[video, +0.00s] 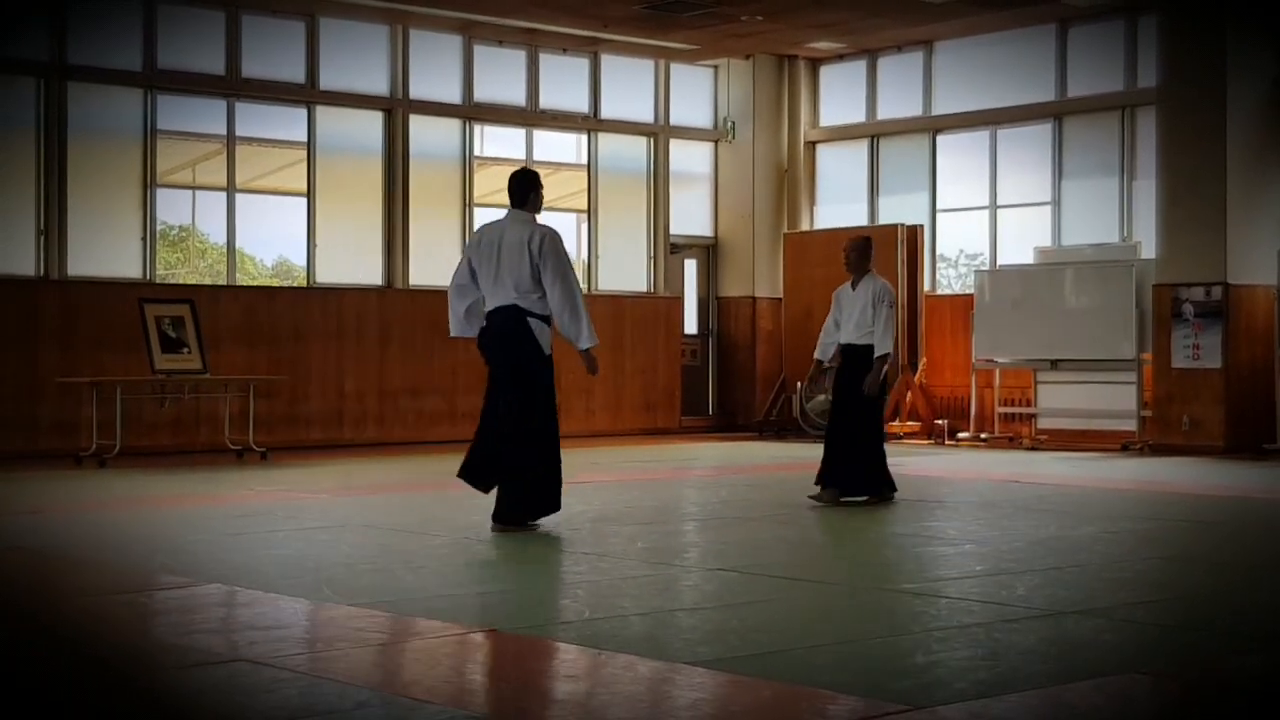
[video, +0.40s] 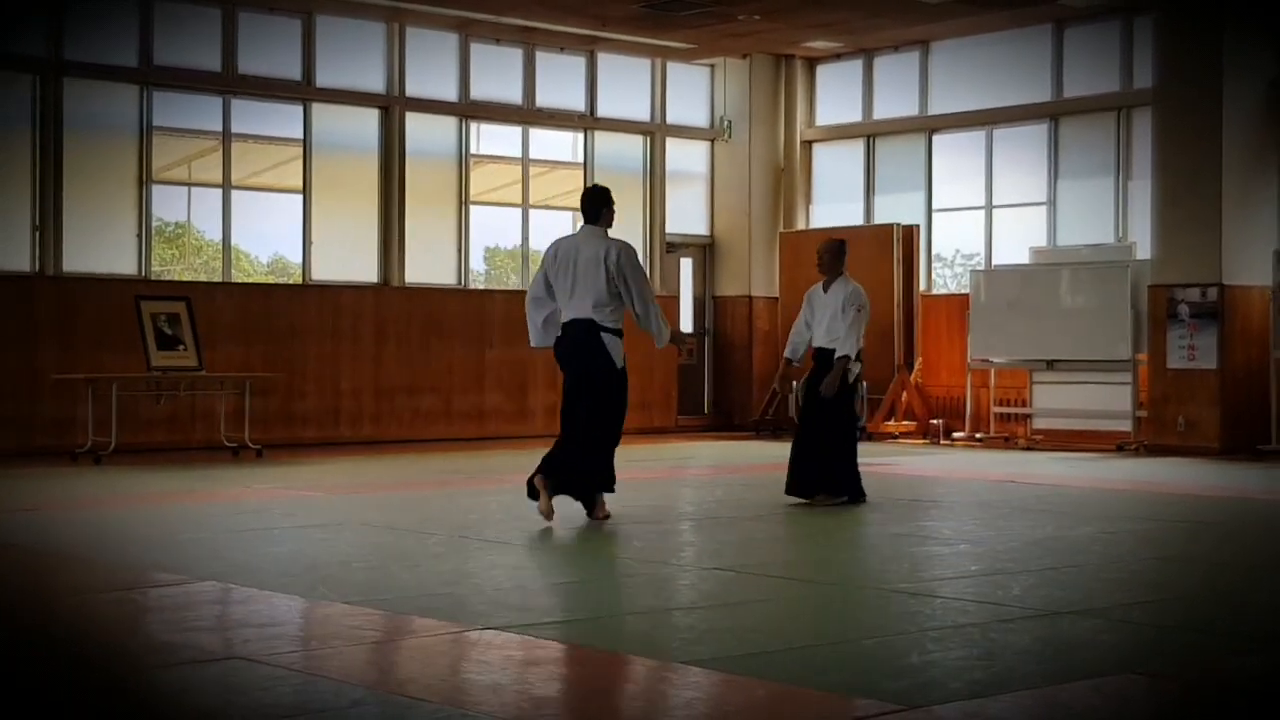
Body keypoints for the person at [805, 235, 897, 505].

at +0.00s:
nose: (845, 258)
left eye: (850, 253)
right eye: (844, 253)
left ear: (866, 256)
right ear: (847, 257)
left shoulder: (881, 289)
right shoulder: (841, 293)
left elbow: (885, 333)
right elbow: (830, 330)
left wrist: (878, 370)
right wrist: (816, 366)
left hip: (871, 359)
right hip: (846, 359)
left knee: (867, 424)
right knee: (840, 422)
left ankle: (881, 486)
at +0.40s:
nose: (818, 261)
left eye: (823, 256)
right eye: (818, 256)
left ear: (839, 259)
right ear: (820, 260)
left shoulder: (854, 293)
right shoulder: (813, 293)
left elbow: (853, 336)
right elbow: (801, 330)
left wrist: (837, 372)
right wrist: (785, 365)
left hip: (844, 362)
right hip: (820, 361)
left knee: (837, 426)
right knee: (812, 424)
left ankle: (844, 489)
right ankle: (818, 488)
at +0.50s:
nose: (810, 265)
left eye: (815, 261)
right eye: (810, 261)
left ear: (831, 264)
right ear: (817, 264)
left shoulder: (846, 298)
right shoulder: (807, 298)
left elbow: (844, 342)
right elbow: (796, 333)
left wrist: (828, 378)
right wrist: (778, 363)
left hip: (836, 369)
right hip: (813, 368)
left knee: (832, 433)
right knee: (807, 430)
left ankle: (838, 492)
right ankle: (811, 491)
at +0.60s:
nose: (794, 274)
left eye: (799, 270)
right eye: (794, 269)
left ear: (815, 272)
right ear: (803, 273)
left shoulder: (830, 304)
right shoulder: (797, 305)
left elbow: (825, 348)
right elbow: (789, 339)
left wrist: (805, 385)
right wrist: (772, 371)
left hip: (828, 379)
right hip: (806, 376)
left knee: (826, 437)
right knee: (787, 434)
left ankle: (835, 494)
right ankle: (800, 493)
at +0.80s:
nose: (744, 297)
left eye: (747, 290)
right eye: (743, 291)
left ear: (760, 289)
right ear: (766, 288)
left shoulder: (776, 314)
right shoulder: (776, 312)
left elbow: (768, 357)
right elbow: (767, 357)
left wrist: (750, 389)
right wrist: (751, 388)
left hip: (791, 384)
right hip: (794, 382)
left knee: (767, 436)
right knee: (787, 439)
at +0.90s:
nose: (719, 315)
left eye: (719, 308)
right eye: (717, 309)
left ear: (726, 305)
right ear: (738, 300)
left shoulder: (744, 322)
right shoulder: (752, 318)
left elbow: (740, 368)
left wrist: (728, 397)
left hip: (771, 385)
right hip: (781, 382)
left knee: (763, 442)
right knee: (772, 441)